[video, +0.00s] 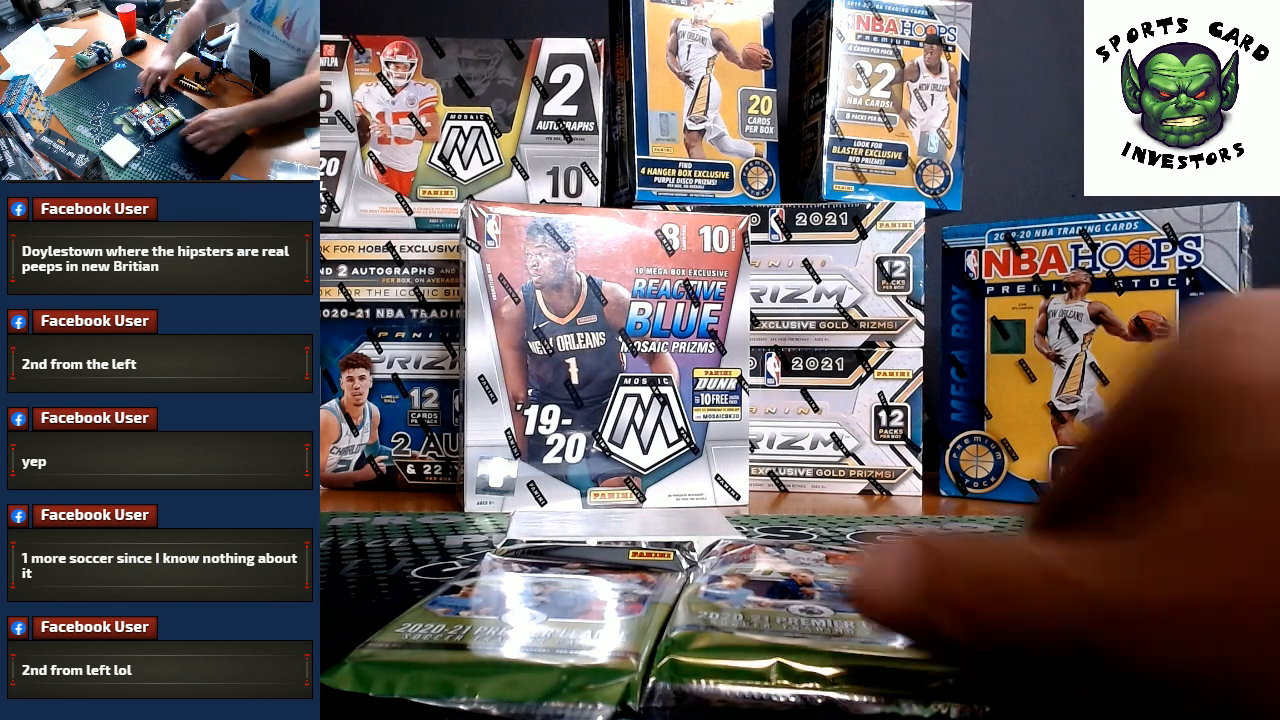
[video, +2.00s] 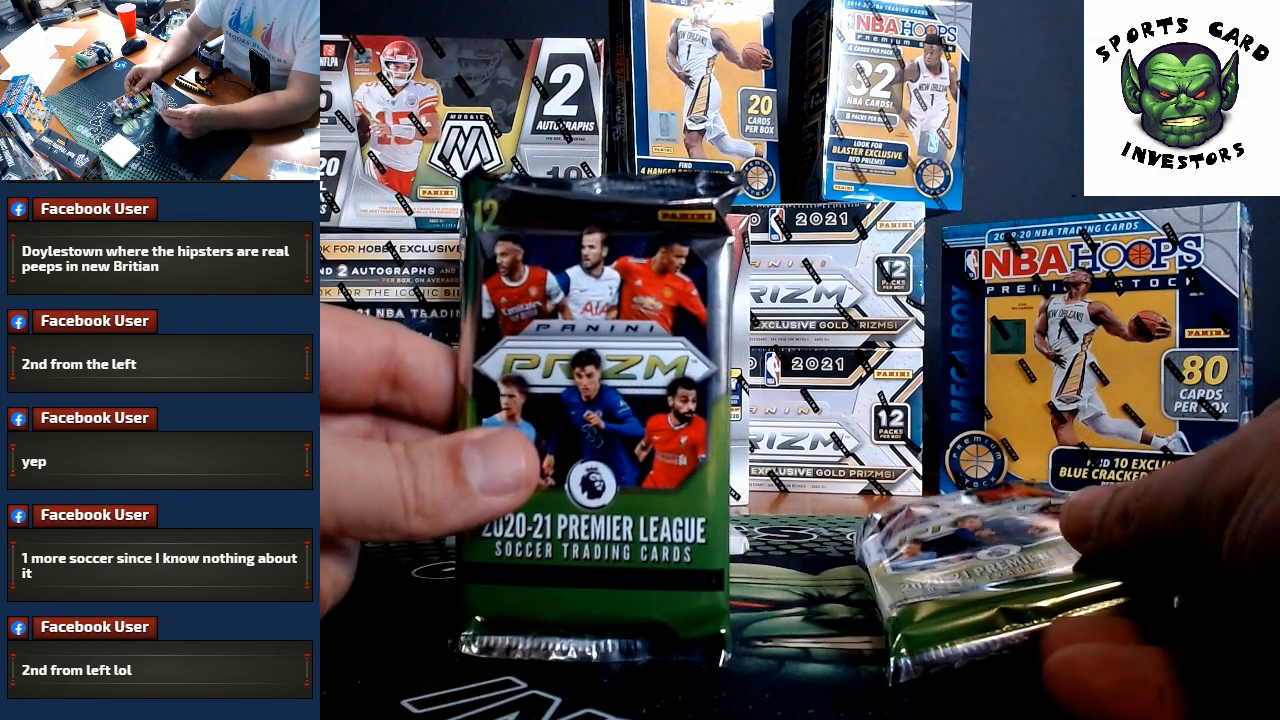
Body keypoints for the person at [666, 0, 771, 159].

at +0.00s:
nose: (697, 9)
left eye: (703, 6)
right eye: (695, 6)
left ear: (711, 12)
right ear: (692, 8)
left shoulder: (715, 34)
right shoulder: (678, 24)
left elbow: (740, 59)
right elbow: (670, 53)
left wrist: (764, 62)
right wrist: (678, 72)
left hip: (705, 87)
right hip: (692, 88)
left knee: (692, 141)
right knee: (725, 145)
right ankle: (766, 157)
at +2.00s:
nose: (697, 9)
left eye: (702, 6)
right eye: (695, 6)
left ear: (711, 11)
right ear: (691, 8)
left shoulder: (715, 34)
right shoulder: (678, 24)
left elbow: (739, 59)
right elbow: (670, 54)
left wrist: (764, 62)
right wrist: (678, 72)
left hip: (705, 87)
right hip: (692, 88)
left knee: (692, 141)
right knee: (725, 145)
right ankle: (764, 157)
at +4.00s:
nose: (695, 11)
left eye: (698, 8)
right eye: (690, 7)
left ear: (704, 8)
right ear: (685, 7)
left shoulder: (712, 31)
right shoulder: (679, 25)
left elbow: (734, 54)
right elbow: (671, 53)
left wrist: (756, 59)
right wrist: (678, 70)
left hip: (706, 84)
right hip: (691, 85)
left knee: (692, 139)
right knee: (724, 142)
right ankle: (756, 152)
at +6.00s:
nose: (694, 11)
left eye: (697, 8)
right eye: (688, 7)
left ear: (702, 8)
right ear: (684, 7)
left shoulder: (712, 31)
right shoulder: (679, 25)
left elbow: (734, 54)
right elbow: (671, 53)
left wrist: (756, 59)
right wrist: (678, 70)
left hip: (706, 84)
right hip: (692, 85)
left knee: (692, 138)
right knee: (724, 143)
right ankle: (758, 152)